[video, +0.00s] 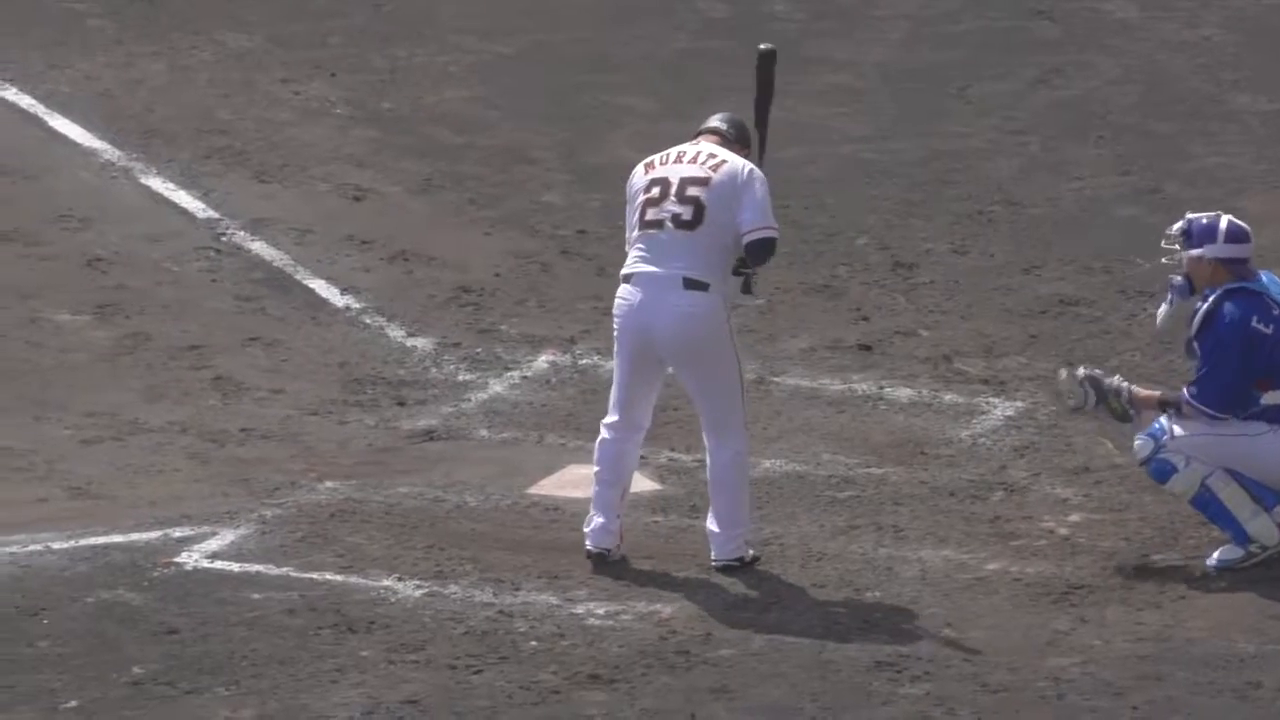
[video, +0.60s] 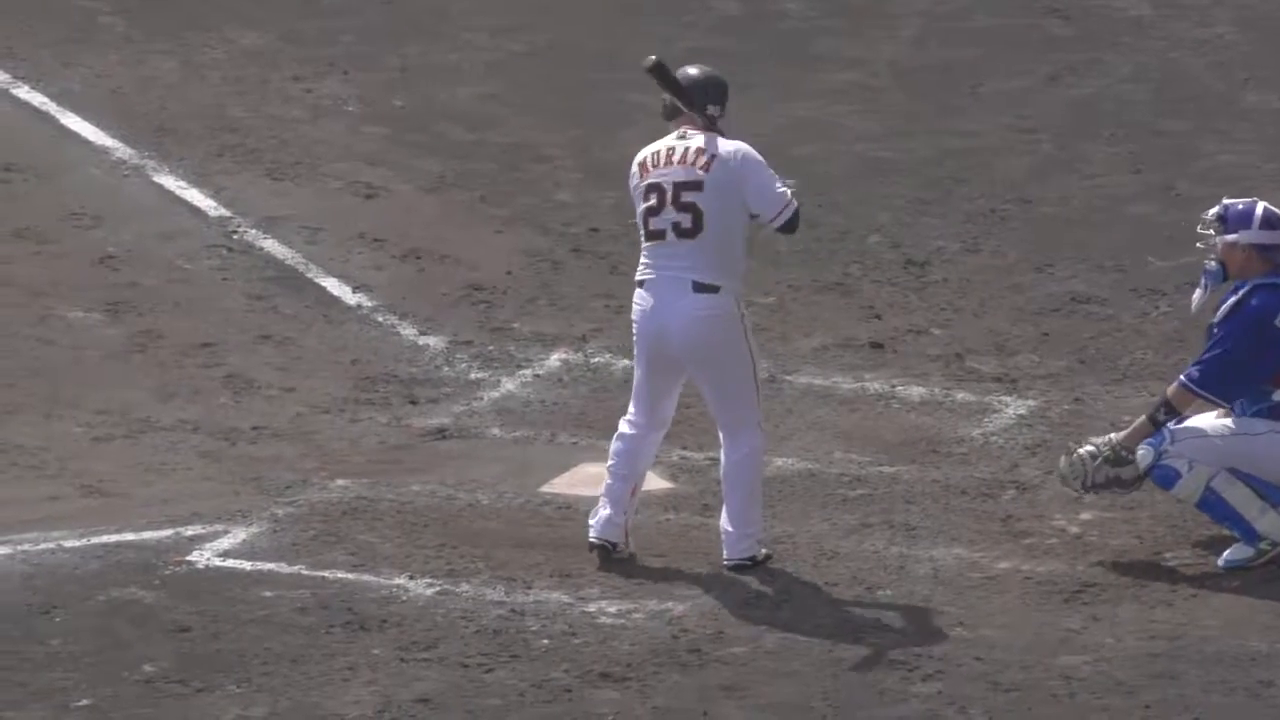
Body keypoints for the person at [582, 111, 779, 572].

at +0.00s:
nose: (743, 158)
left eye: (741, 152)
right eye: (744, 153)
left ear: (700, 134)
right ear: (740, 145)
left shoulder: (644, 166)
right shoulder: (742, 170)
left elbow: (638, 238)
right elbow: (760, 246)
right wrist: (742, 262)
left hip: (632, 299)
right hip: (696, 306)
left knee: (623, 421)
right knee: (724, 430)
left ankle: (600, 537)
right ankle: (729, 546)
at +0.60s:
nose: (726, 113)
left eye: (723, 106)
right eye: (724, 106)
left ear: (674, 108)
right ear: (717, 109)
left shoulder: (642, 161)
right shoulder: (736, 156)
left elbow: (658, 221)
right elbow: (787, 219)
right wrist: (769, 187)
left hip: (648, 306)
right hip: (711, 311)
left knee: (641, 417)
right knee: (740, 430)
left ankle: (606, 528)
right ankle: (741, 545)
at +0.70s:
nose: (660, 108)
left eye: (664, 102)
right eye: (662, 102)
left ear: (673, 106)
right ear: (715, 107)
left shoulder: (642, 159)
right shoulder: (738, 155)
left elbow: (680, 210)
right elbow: (795, 211)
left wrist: (749, 174)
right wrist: (781, 174)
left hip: (653, 304)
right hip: (716, 309)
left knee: (645, 416)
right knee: (741, 429)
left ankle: (607, 529)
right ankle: (741, 545)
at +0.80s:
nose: (663, 113)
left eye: (666, 106)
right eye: (667, 108)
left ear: (669, 107)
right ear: (713, 109)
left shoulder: (644, 158)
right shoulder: (739, 156)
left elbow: (694, 180)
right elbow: (798, 204)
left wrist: (747, 155)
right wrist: (785, 164)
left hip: (655, 306)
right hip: (717, 311)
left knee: (648, 418)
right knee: (745, 428)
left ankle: (610, 531)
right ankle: (744, 546)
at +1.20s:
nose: (665, 111)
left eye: (668, 106)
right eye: (667, 106)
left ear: (674, 109)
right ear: (718, 111)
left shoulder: (652, 161)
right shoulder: (743, 161)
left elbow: (704, 184)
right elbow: (806, 205)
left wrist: (755, 156)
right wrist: (789, 162)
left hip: (663, 309)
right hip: (726, 315)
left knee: (658, 419)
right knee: (752, 433)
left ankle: (616, 528)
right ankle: (748, 548)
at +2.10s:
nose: (644, 137)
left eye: (646, 132)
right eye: (647, 132)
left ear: (651, 136)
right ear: (696, 135)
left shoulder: (634, 182)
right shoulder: (716, 182)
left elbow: (703, 165)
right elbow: (786, 164)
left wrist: (744, 113)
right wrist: (766, 116)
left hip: (633, 334)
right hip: (694, 340)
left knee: (629, 441)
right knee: (721, 452)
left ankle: (583, 551)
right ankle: (714, 570)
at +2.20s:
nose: (640, 138)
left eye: (643, 133)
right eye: (647, 134)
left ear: (647, 138)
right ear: (691, 137)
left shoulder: (631, 184)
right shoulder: (712, 183)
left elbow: (704, 165)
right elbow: (780, 167)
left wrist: (743, 116)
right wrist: (762, 118)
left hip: (630, 336)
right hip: (690, 343)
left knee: (627, 444)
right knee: (716, 454)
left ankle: (578, 551)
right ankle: (708, 572)